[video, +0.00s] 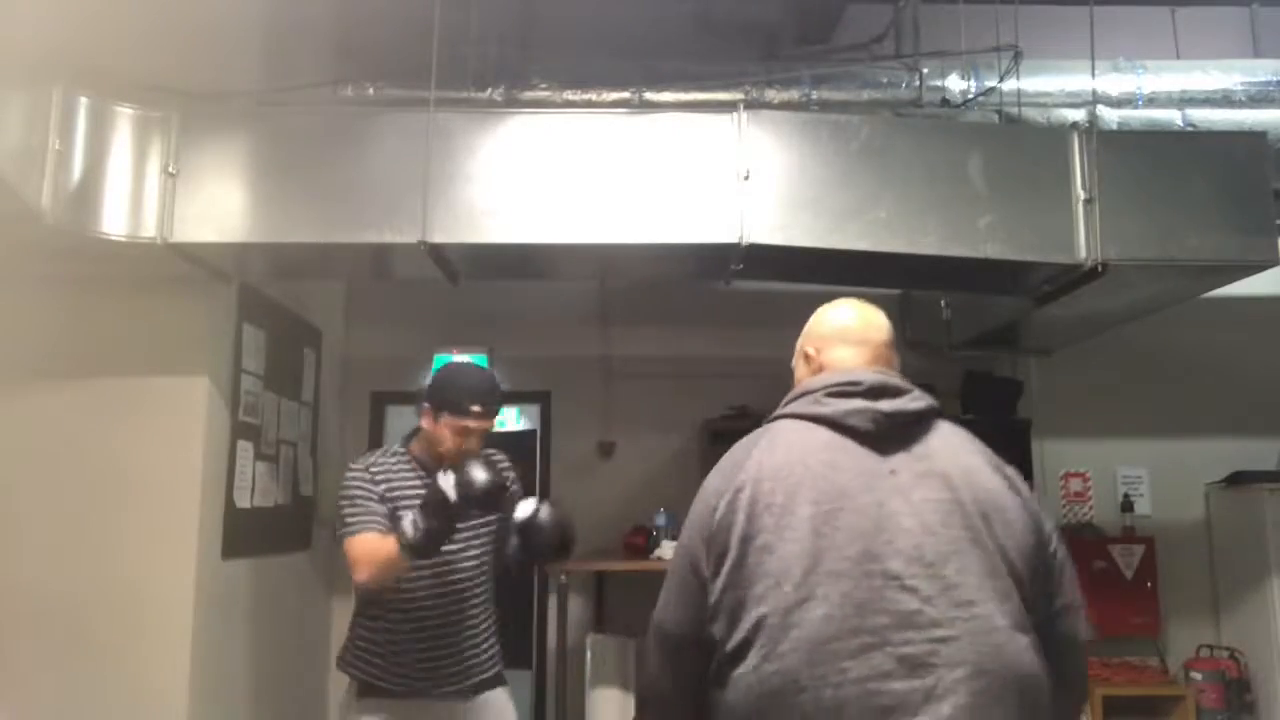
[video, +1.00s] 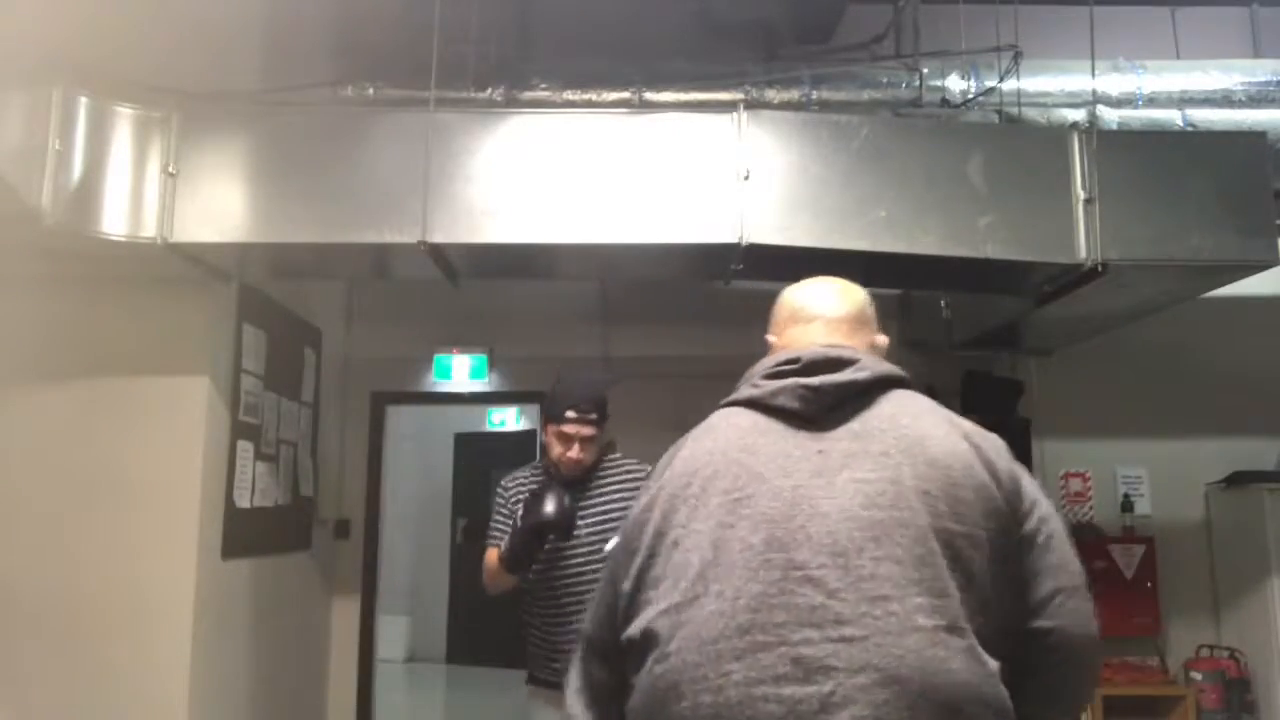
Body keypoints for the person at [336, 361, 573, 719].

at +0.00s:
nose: (473, 447)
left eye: (483, 435)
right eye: (462, 432)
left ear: (491, 427)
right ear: (427, 416)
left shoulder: (495, 468)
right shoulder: (369, 474)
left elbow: (511, 551)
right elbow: (365, 569)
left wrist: (537, 540)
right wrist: (430, 523)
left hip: (480, 688)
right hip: (390, 694)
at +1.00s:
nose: (575, 453)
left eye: (588, 441)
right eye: (564, 440)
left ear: (603, 435)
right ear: (544, 431)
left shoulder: (638, 479)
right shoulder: (515, 489)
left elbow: (671, 553)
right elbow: (493, 583)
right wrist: (527, 539)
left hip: (626, 674)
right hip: (550, 680)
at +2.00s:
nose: (571, 446)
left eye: (581, 437)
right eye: (562, 432)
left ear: (591, 432)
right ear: (532, 417)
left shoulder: (601, 469)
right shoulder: (480, 473)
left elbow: (619, 559)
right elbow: (473, 560)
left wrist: (635, 538)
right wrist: (529, 509)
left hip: (592, 683)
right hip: (510, 687)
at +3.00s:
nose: (527, 451)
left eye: (533, 440)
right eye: (520, 432)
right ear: (477, 412)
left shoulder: (497, 492)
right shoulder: (390, 480)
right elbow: (382, 594)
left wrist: (548, 573)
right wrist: (477, 556)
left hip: (488, 704)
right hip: (405, 707)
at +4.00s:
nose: (465, 434)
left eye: (470, 421)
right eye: (460, 413)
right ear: (413, 395)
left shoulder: (428, 473)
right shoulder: (321, 464)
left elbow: (444, 560)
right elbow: (352, 570)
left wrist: (499, 556)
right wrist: (441, 507)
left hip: (425, 704)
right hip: (333, 709)